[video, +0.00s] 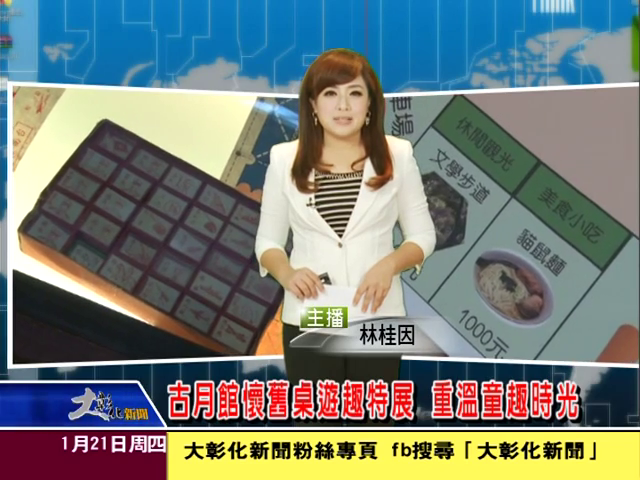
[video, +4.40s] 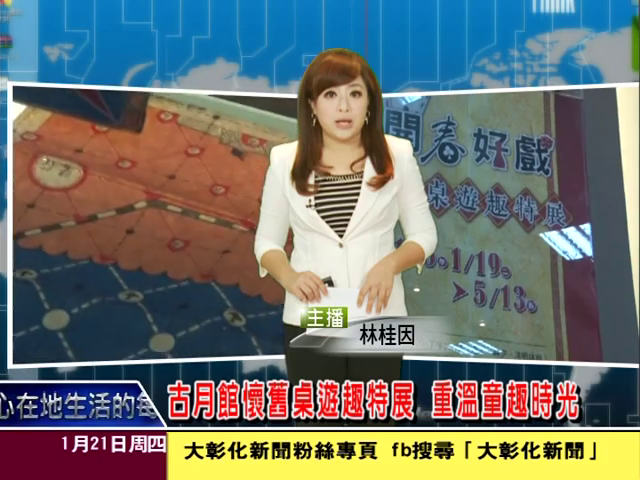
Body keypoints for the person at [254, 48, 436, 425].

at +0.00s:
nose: (343, 105)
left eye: (355, 94)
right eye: (330, 94)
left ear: (370, 103)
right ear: (312, 104)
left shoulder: (395, 155)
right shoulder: (286, 159)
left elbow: (423, 237)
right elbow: (268, 242)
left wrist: (388, 265)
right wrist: (289, 274)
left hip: (377, 325)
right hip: (308, 323)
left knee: (375, 441)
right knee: (314, 440)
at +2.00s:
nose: (343, 104)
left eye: (354, 92)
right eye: (330, 94)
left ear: (369, 101)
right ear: (311, 105)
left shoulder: (395, 155)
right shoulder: (286, 160)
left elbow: (424, 236)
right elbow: (265, 242)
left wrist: (389, 264)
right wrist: (289, 276)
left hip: (377, 325)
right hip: (308, 324)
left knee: (376, 441)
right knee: (313, 440)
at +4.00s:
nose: (344, 107)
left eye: (355, 95)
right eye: (331, 96)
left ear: (370, 102)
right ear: (311, 105)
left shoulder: (396, 155)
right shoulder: (286, 160)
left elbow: (424, 236)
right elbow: (267, 242)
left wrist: (389, 264)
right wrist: (290, 276)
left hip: (378, 324)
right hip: (309, 322)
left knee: (376, 437)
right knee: (314, 436)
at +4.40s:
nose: (344, 107)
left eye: (355, 94)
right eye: (331, 95)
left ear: (370, 102)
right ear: (311, 105)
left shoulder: (396, 155)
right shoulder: (286, 160)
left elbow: (424, 236)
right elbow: (267, 242)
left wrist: (389, 264)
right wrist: (291, 276)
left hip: (378, 323)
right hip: (309, 322)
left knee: (377, 437)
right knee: (314, 437)